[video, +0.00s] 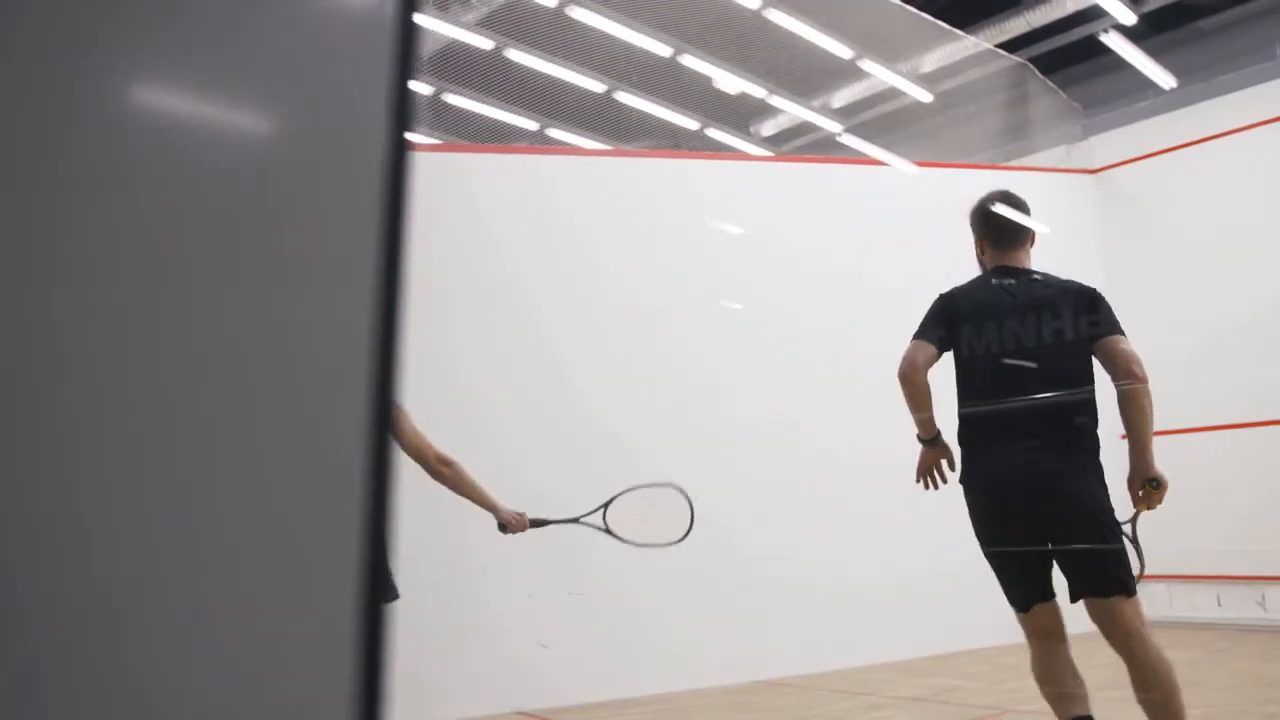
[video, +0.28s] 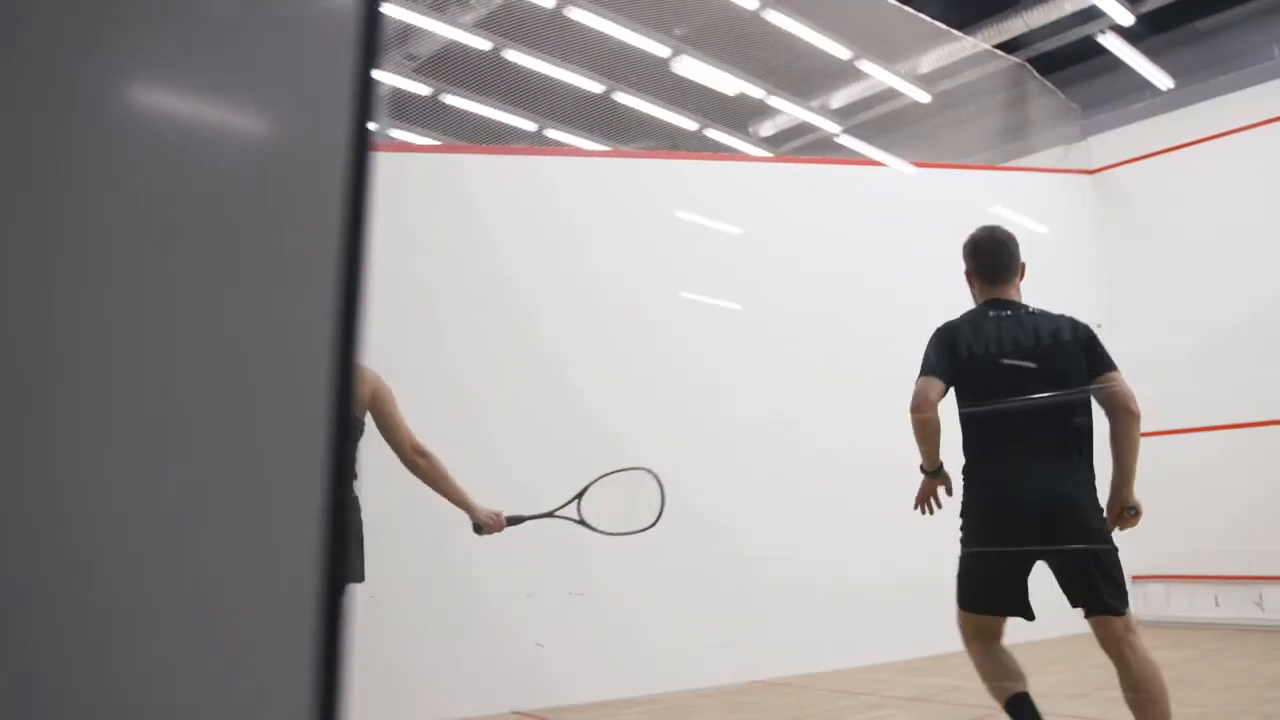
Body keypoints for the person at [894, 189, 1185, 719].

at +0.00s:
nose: (975, 252)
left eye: (975, 244)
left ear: (978, 245)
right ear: (1031, 240)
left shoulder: (956, 304)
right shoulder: (1079, 297)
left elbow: (911, 368)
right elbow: (1130, 375)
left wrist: (929, 437)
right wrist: (1143, 464)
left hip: (995, 492)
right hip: (1073, 485)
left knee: (1044, 634)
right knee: (1128, 628)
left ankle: (1078, 717)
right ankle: (1173, 715)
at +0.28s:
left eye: (970, 272)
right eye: (1020, 268)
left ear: (968, 276)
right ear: (1023, 274)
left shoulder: (952, 337)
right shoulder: (1071, 332)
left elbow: (923, 405)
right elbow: (1125, 409)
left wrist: (932, 466)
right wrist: (1123, 493)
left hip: (995, 517)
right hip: (1072, 512)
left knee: (982, 636)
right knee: (1121, 637)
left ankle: (1025, 713)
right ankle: (1160, 718)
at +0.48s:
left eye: (940, 289)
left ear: (943, 294)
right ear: (995, 289)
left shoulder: (934, 350)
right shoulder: (1049, 345)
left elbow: (914, 416)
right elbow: (1098, 423)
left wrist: (919, 489)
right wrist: (1082, 494)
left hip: (980, 523)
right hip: (1057, 520)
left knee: (927, 626)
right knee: (1108, 636)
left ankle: (950, 715)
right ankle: (1149, 718)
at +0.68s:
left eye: (904, 303)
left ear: (904, 306)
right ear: (954, 301)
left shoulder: (902, 362)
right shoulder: (1005, 353)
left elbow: (890, 422)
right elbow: (1054, 430)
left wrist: (888, 501)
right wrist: (1025, 489)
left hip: (955, 528)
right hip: (1026, 525)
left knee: (874, 621)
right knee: (1083, 642)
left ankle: (874, 716)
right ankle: (1135, 716)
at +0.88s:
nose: (846, 307)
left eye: (844, 301)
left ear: (847, 306)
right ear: (894, 300)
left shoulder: (850, 359)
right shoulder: (941, 352)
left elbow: (852, 423)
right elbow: (987, 425)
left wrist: (846, 499)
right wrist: (955, 478)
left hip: (913, 528)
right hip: (979, 524)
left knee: (829, 622)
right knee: (1041, 639)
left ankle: (829, 718)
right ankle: (1114, 717)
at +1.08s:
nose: (786, 305)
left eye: (783, 299)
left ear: (785, 304)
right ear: (831, 299)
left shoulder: (791, 356)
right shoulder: (872, 350)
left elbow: (807, 423)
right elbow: (916, 421)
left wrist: (794, 498)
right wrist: (880, 472)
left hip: (854, 517)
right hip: (912, 512)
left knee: (791, 629)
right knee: (967, 625)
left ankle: (811, 719)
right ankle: (1073, 710)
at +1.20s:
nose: (750, 305)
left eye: (748, 299)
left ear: (750, 303)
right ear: (798, 300)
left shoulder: (760, 357)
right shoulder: (834, 351)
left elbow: (778, 427)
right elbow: (873, 425)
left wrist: (762, 500)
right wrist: (814, 457)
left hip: (821, 517)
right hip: (877, 511)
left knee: (771, 632)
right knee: (908, 629)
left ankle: (802, 719)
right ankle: (1018, 708)